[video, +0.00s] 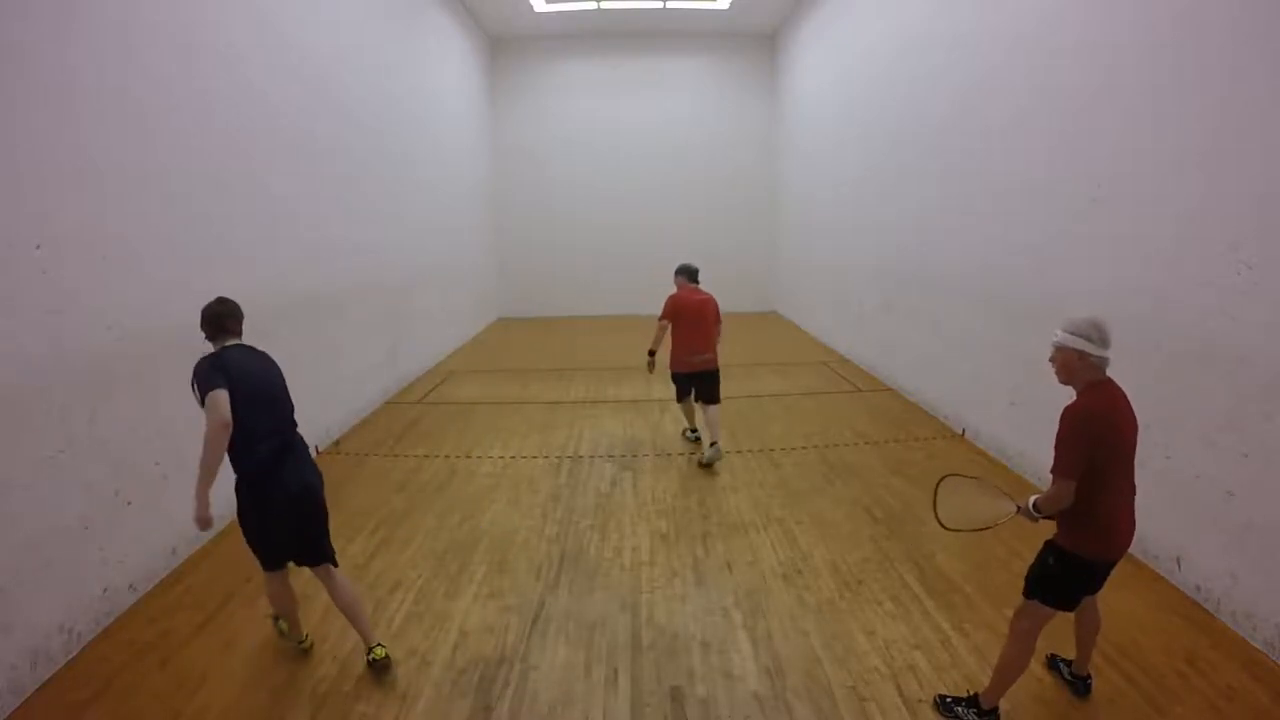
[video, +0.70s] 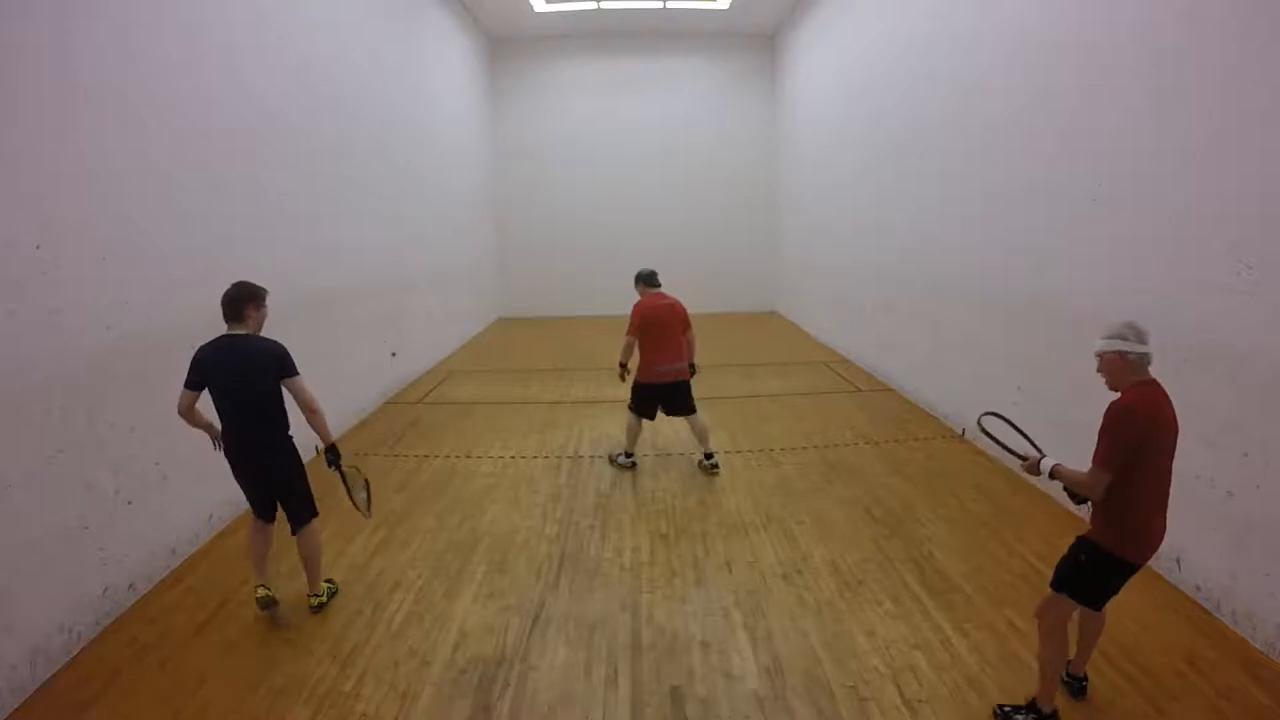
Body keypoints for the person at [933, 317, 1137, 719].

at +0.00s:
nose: (1052, 361)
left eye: (1059, 354)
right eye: (1054, 353)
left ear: (1084, 360)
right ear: (1090, 360)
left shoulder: (1079, 415)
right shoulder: (1115, 400)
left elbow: (1062, 494)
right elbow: (1104, 474)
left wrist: (1036, 507)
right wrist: (1055, 503)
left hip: (1081, 541)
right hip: (1112, 536)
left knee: (1026, 621)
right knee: (1087, 598)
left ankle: (985, 704)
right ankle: (1081, 672)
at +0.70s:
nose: (1098, 367)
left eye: (1103, 358)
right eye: (1098, 358)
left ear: (1126, 359)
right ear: (1134, 361)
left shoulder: (1125, 410)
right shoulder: (1158, 402)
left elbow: (1093, 485)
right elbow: (1139, 475)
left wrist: (1048, 467)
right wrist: (1091, 493)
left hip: (1115, 536)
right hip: (1143, 536)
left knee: (1052, 612)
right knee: (1093, 601)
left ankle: (1043, 706)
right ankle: (1077, 673)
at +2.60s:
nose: (1066, 380)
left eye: (1067, 374)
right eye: (1068, 374)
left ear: (1072, 379)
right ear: (1110, 381)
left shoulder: (1063, 425)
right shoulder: (1133, 427)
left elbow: (1040, 503)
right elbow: (1158, 508)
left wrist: (1053, 526)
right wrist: (1127, 533)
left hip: (1077, 564)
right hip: (1127, 563)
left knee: (1015, 640)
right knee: (1096, 608)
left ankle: (996, 715)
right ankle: (1092, 687)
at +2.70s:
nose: (1078, 385)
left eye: (1080, 380)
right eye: (1082, 380)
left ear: (1085, 383)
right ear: (1123, 388)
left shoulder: (1070, 425)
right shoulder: (1142, 435)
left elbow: (1038, 496)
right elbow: (1164, 512)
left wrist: (1045, 524)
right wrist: (1156, 560)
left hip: (1075, 566)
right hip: (1127, 567)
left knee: (1013, 640)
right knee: (1106, 605)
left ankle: (996, 714)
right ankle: (1100, 672)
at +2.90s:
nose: (1124, 389)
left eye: (1125, 384)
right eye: (1130, 385)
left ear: (1126, 387)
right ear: (1161, 393)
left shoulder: (1106, 421)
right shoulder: (1175, 441)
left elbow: (1062, 472)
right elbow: (1193, 511)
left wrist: (1034, 502)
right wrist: (1209, 558)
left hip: (1096, 550)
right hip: (1143, 557)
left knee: (1041, 639)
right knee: (1118, 593)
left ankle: (995, 716)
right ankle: (1105, 660)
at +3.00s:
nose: (1140, 385)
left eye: (1142, 380)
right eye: (1146, 381)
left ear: (1144, 381)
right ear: (1177, 388)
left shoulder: (1129, 413)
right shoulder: (1186, 430)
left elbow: (1098, 463)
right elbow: (1192, 485)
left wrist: (1066, 496)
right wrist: (1193, 513)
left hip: (1115, 537)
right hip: (1159, 545)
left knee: (1057, 619)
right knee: (1122, 584)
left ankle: (1001, 705)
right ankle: (1105, 660)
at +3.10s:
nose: (1147, 362)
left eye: (1150, 356)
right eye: (1151, 357)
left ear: (1156, 359)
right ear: (1186, 364)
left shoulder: (1144, 392)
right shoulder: (1200, 401)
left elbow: (1120, 453)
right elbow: (1199, 455)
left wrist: (1110, 493)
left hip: (1137, 510)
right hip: (1178, 520)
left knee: (1080, 590)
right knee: (1133, 579)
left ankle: (1019, 669)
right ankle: (1107, 659)